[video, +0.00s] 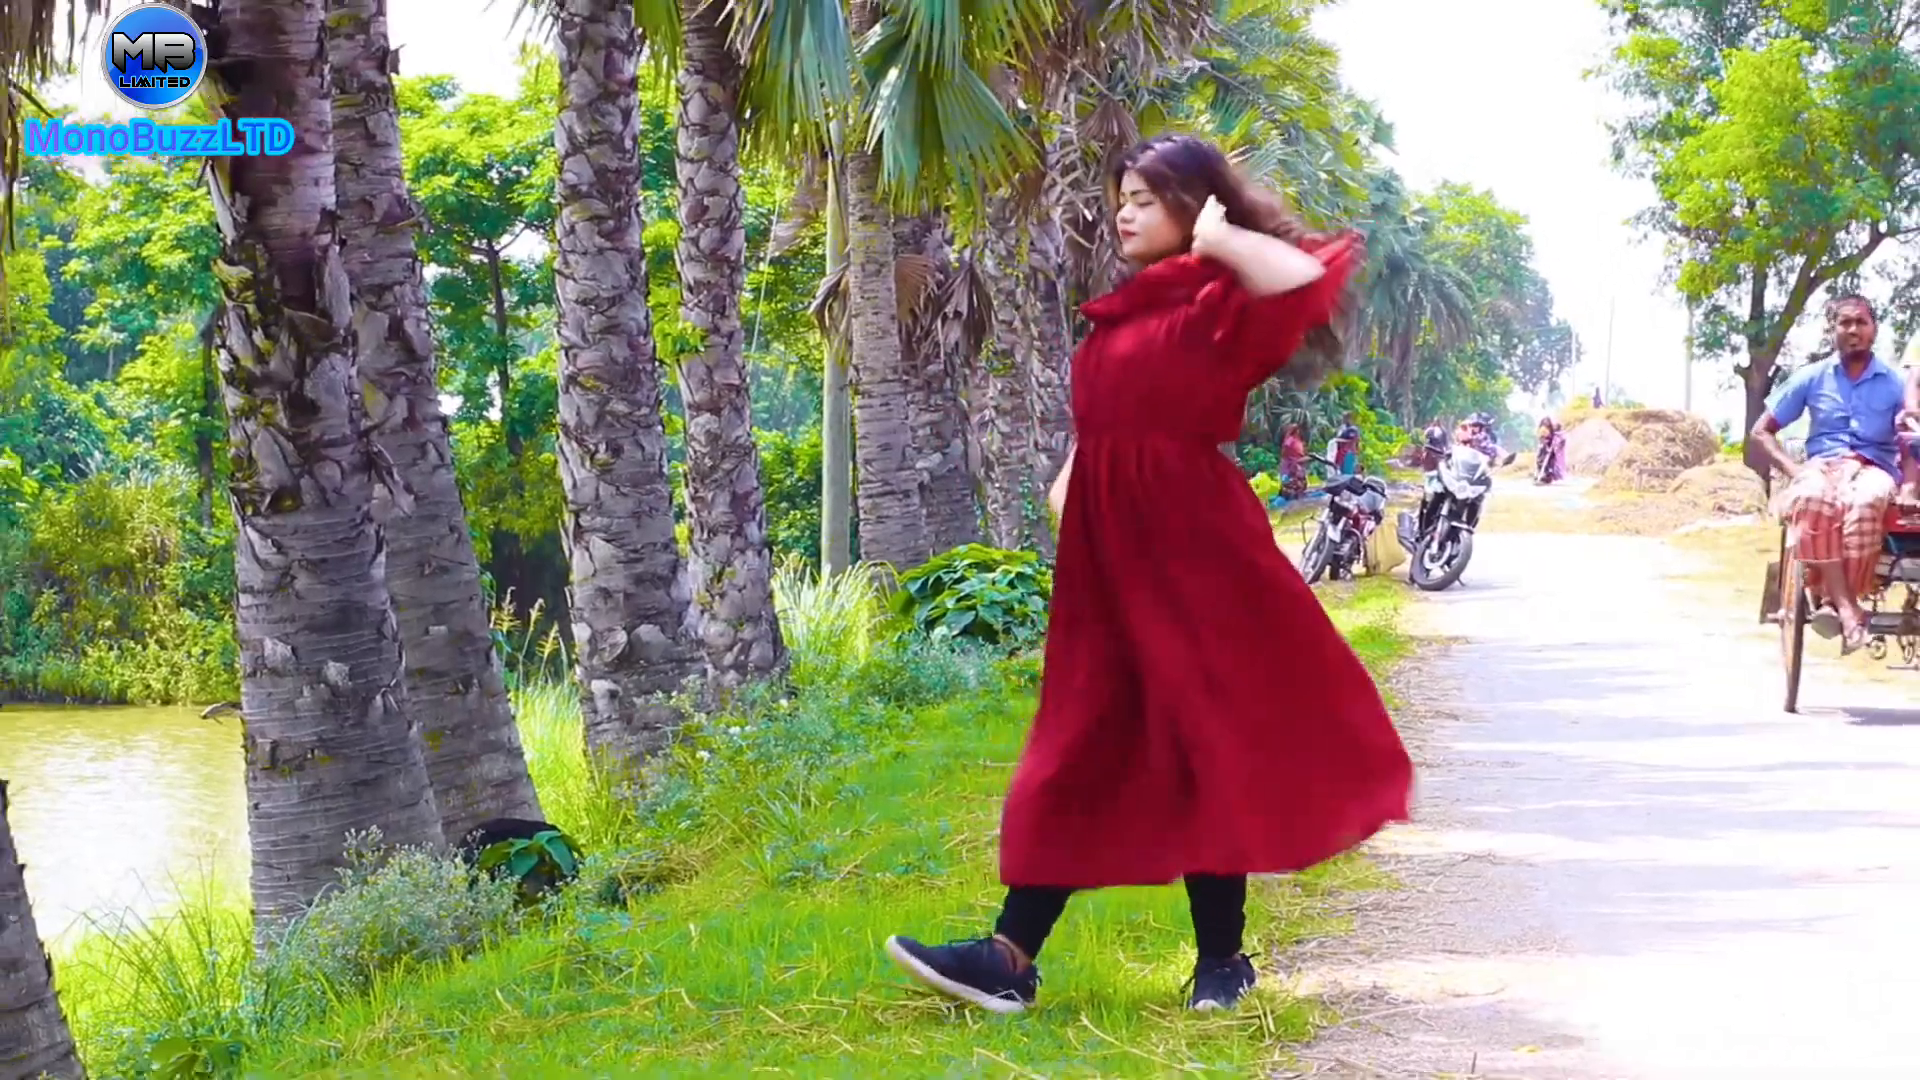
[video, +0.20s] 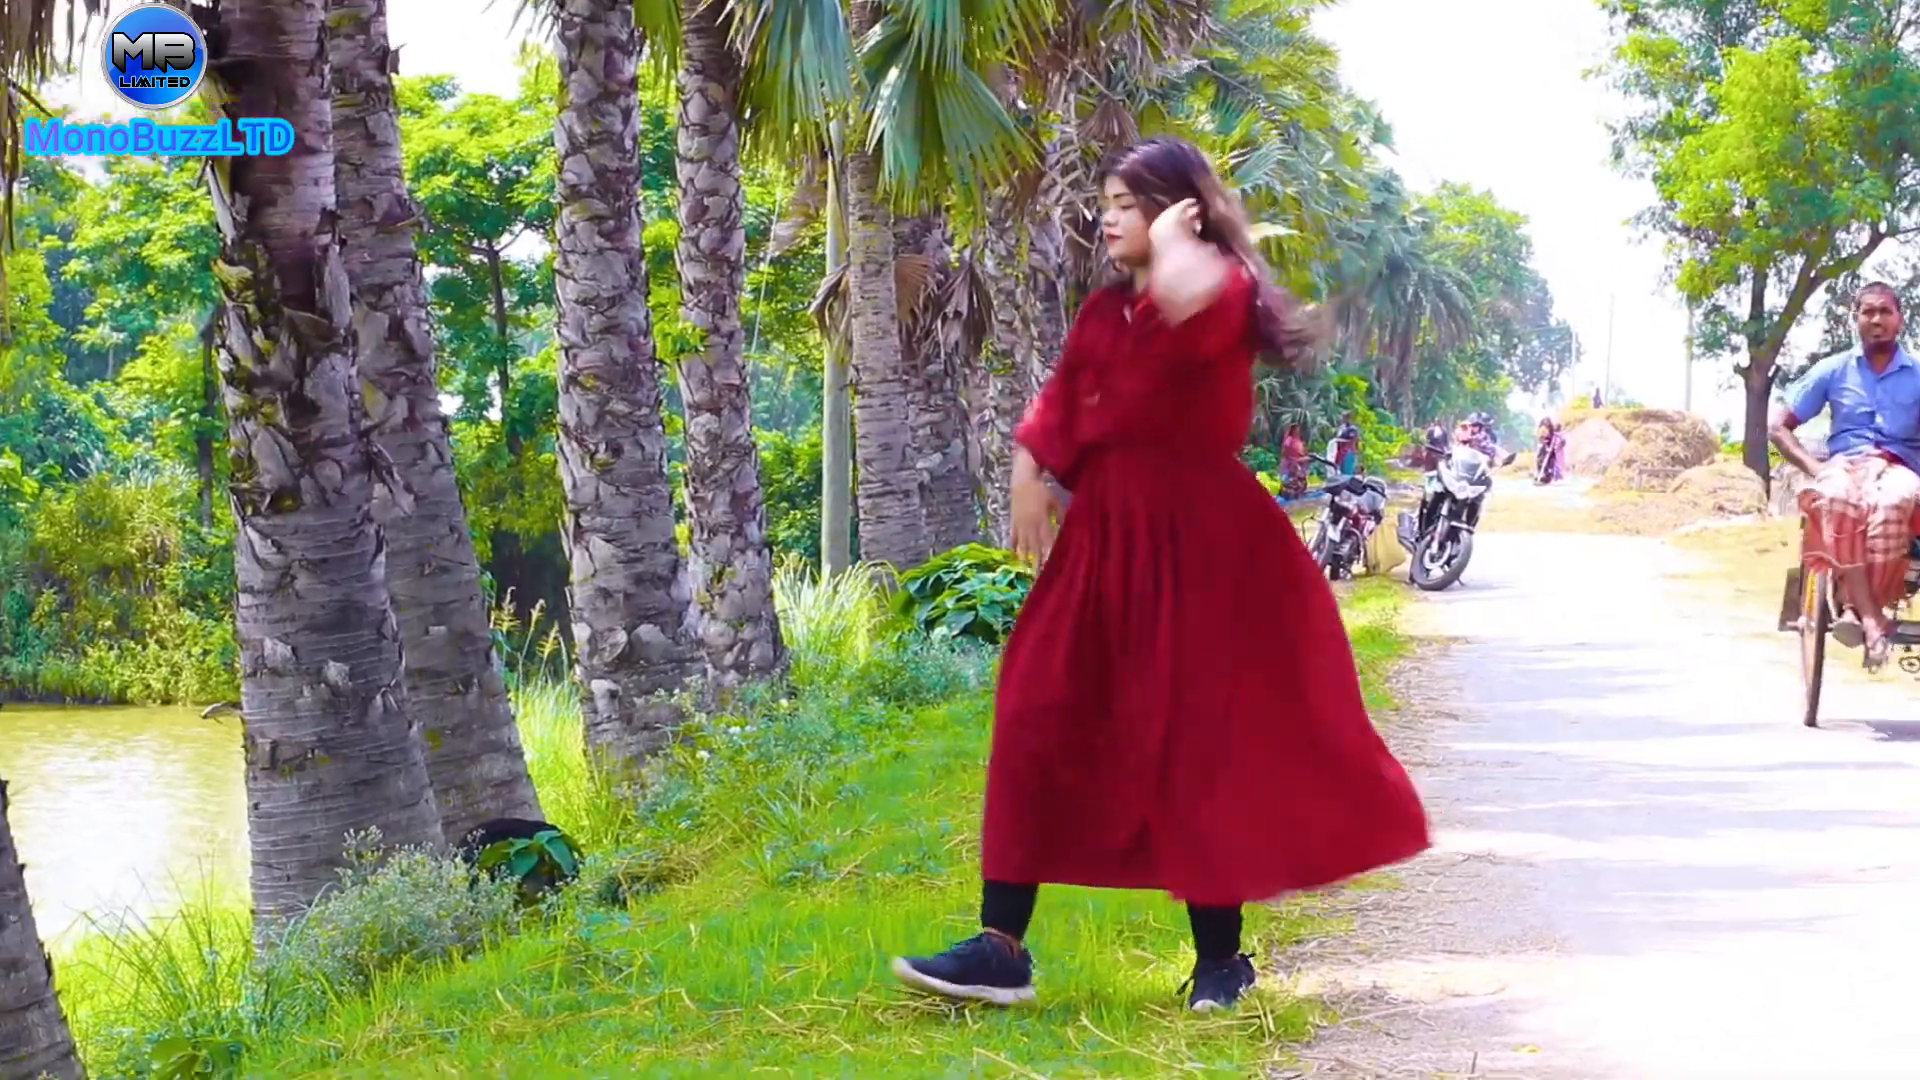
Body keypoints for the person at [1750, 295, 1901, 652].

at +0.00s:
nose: (1853, 330)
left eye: (1861, 322)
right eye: (1845, 323)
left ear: (1874, 329)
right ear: (1833, 330)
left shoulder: (1894, 381)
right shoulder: (1811, 376)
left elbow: (1909, 442)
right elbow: (1759, 431)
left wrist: (1909, 485)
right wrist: (1793, 469)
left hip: (1875, 466)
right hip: (1822, 463)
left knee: (1865, 506)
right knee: (1812, 502)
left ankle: (1843, 603)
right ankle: (1846, 612)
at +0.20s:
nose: (1876, 320)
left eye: (1884, 312)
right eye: (1867, 312)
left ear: (1900, 319)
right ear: (1856, 319)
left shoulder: (1913, 371)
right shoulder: (1834, 369)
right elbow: (1777, 424)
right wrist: (1812, 466)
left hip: (1900, 463)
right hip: (1844, 461)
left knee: (1893, 504)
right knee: (1835, 502)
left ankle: (1868, 612)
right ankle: (1872, 624)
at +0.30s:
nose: (1906, 313)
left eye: (1915, 304)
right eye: (1898, 304)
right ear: (1885, 311)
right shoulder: (1865, 364)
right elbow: (1804, 427)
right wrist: (1841, 467)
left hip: (1913, 462)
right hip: (1875, 462)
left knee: (1913, 521)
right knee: (1866, 506)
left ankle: (1897, 620)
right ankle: (1904, 631)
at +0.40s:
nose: (1867, 319)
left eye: (1876, 311)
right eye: (1858, 312)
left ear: (1890, 317)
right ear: (1845, 321)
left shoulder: (1909, 375)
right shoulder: (1825, 372)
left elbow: (1916, 439)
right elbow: (1769, 431)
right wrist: (1802, 471)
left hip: (1893, 466)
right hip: (1834, 465)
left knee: (1891, 507)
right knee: (1822, 507)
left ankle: (1858, 617)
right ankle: (1866, 628)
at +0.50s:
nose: (1900, 310)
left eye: (1909, 301)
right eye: (1890, 301)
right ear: (1877, 311)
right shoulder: (1859, 364)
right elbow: (1799, 428)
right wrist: (1837, 471)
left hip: (1912, 464)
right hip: (1870, 464)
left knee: (1911, 521)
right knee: (1860, 509)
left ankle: (1897, 622)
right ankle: (1901, 634)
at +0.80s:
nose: (1919, 301)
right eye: (1919, 294)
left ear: (1918, 298)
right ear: (1913, 299)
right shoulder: (1894, 358)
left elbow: (1826, 429)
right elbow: (1823, 428)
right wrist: (1866, 476)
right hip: (1902, 469)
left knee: (1899, 518)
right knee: (1886, 513)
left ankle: (1909, 637)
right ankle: (1906, 635)